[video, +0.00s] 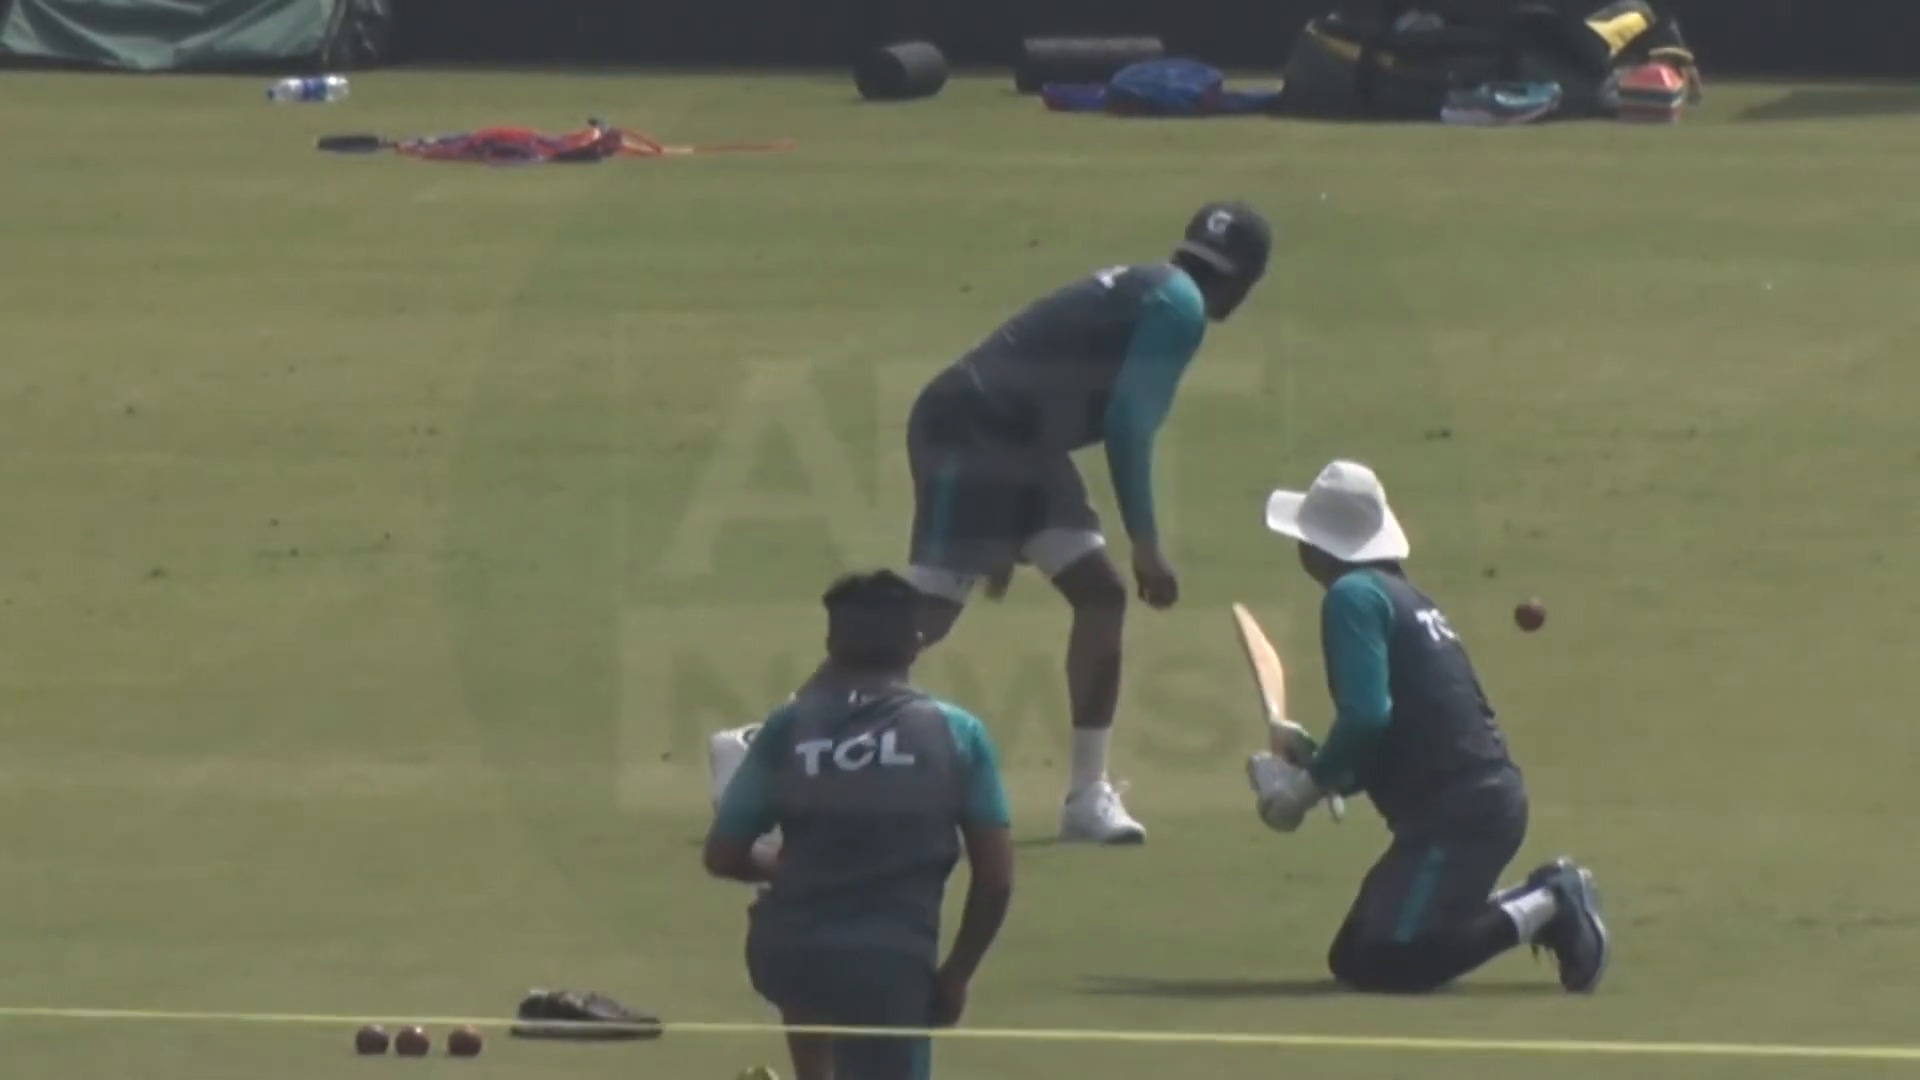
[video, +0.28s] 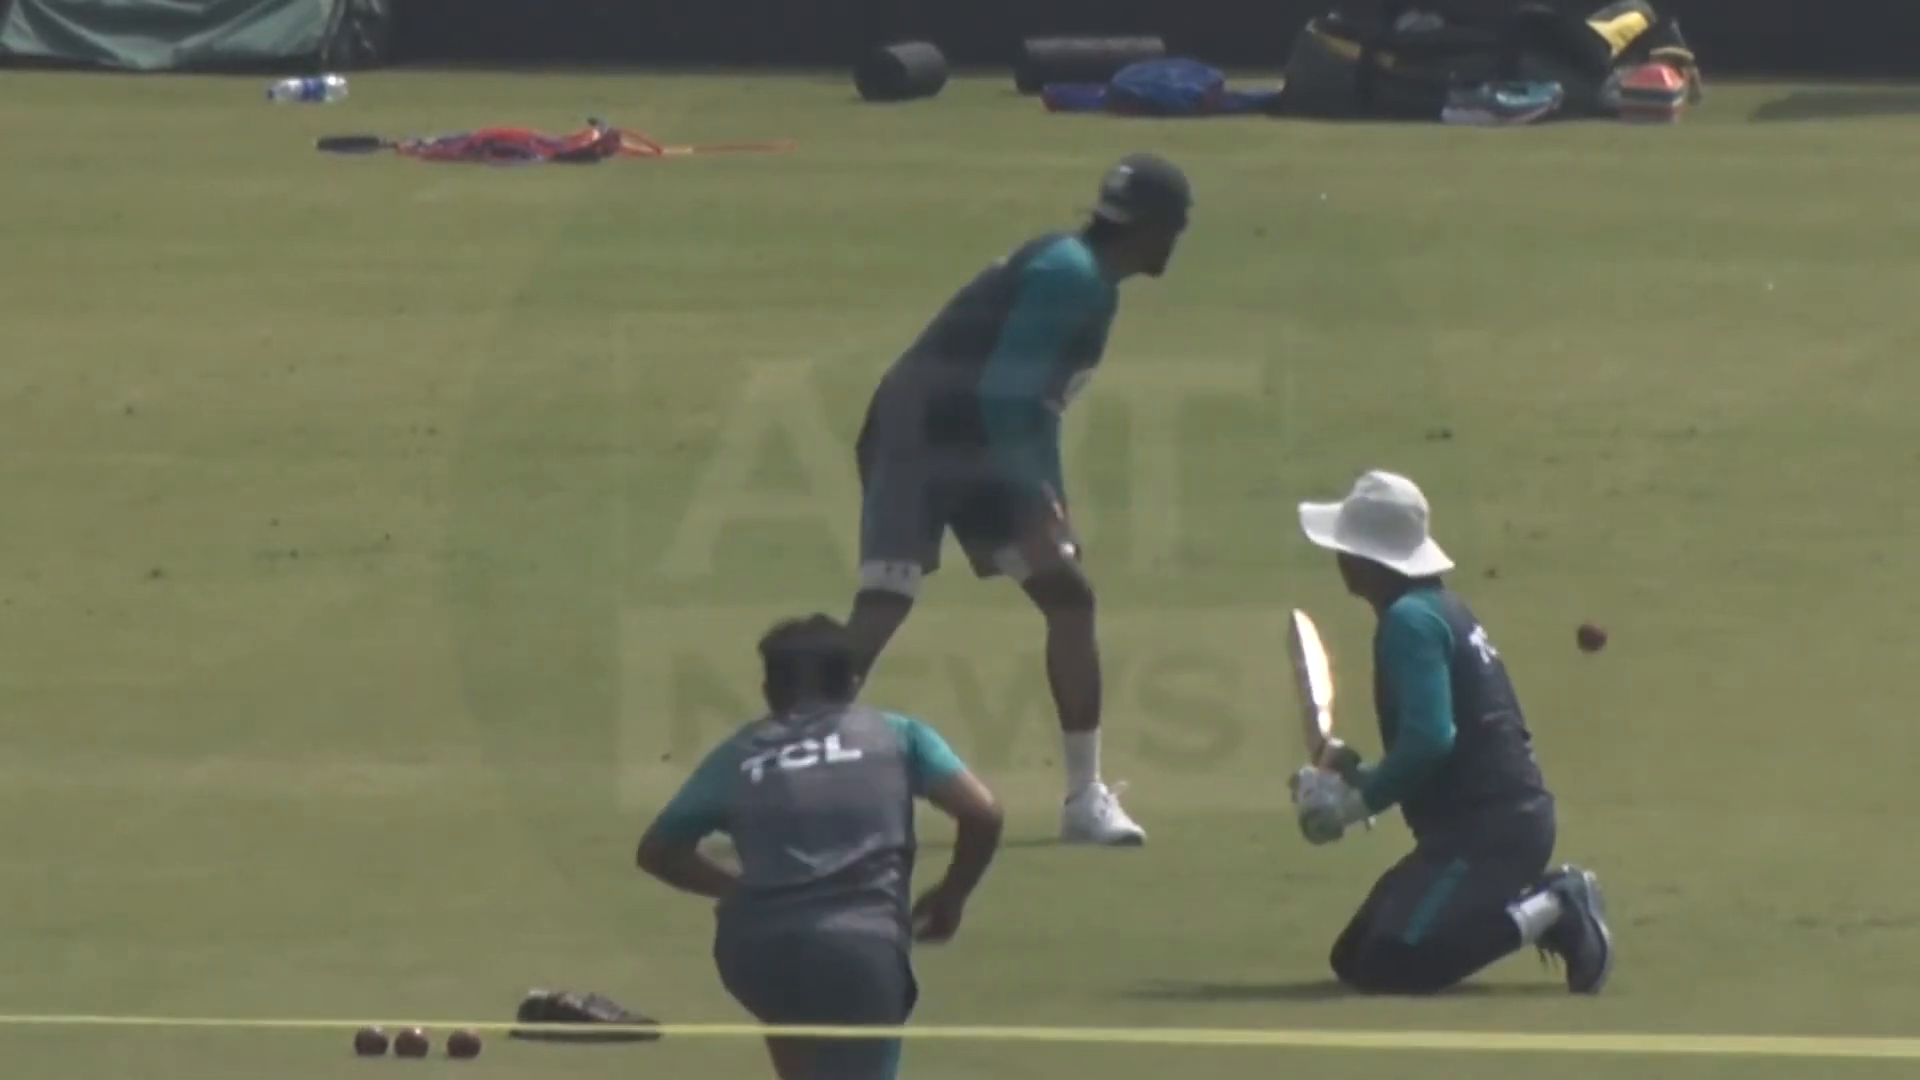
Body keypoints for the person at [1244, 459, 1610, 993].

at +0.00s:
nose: (1298, 550)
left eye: (1302, 540)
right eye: (1298, 538)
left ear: (1321, 546)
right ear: (1369, 539)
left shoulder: (1352, 595)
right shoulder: (1396, 595)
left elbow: (1367, 715)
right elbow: (1395, 747)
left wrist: (1308, 789)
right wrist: (1314, 760)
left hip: (1464, 811)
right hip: (1465, 807)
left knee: (1376, 967)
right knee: (1356, 959)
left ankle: (1545, 905)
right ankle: (1539, 902)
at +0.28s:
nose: (1336, 559)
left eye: (1343, 550)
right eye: (1338, 548)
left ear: (1368, 559)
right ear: (1401, 552)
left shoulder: (1410, 619)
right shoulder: (1436, 611)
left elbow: (1429, 740)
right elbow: (1433, 757)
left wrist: (1352, 803)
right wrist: (1358, 771)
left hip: (1490, 836)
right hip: (1481, 832)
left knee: (1381, 969)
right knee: (1355, 960)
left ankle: (1551, 907)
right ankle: (1541, 905)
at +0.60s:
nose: (1407, 556)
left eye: (1421, 543)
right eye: (1410, 541)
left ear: (1463, 557)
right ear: (1462, 558)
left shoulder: (1492, 628)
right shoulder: (1472, 627)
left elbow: (1517, 744)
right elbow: (1483, 760)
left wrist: (1420, 804)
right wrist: (1416, 776)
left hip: (1523, 854)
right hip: (1489, 850)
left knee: (1392, 967)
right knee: (1358, 955)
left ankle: (1565, 913)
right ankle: (1546, 912)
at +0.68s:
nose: (1435, 562)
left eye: (1452, 547)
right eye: (1432, 547)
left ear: (1497, 558)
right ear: (1425, 555)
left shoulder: (1507, 629)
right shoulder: (1476, 632)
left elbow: (1535, 746)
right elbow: (1485, 756)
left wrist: (1437, 805)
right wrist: (1425, 770)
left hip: (1530, 853)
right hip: (1491, 849)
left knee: (1405, 965)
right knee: (1360, 954)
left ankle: (1570, 915)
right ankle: (1548, 913)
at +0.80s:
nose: (1453, 560)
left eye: (1471, 545)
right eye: (1447, 546)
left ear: (1511, 559)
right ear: (1437, 557)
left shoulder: (1518, 633)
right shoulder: (1476, 636)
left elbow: (1553, 751)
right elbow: (1486, 766)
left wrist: (1452, 811)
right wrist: (1430, 775)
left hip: (1537, 851)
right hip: (1493, 846)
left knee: (1416, 966)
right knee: (1360, 955)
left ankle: (1577, 915)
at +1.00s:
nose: (1453, 567)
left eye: (1472, 553)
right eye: (1445, 552)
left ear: (1510, 565)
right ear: (1433, 563)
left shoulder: (1517, 644)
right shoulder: (1466, 641)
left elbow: (1553, 766)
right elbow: (1477, 767)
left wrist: (1458, 829)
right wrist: (1416, 795)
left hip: (1538, 855)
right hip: (1489, 849)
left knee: (1418, 969)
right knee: (1360, 957)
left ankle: (1578, 918)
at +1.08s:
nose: (1444, 569)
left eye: (1463, 555)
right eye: (1436, 554)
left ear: (1504, 566)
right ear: (1425, 562)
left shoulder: (1514, 646)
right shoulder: (1458, 637)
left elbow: (1548, 772)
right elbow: (1463, 763)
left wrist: (1454, 832)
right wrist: (1411, 796)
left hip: (1537, 855)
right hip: (1487, 849)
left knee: (1417, 969)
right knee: (1360, 958)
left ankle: (1578, 917)